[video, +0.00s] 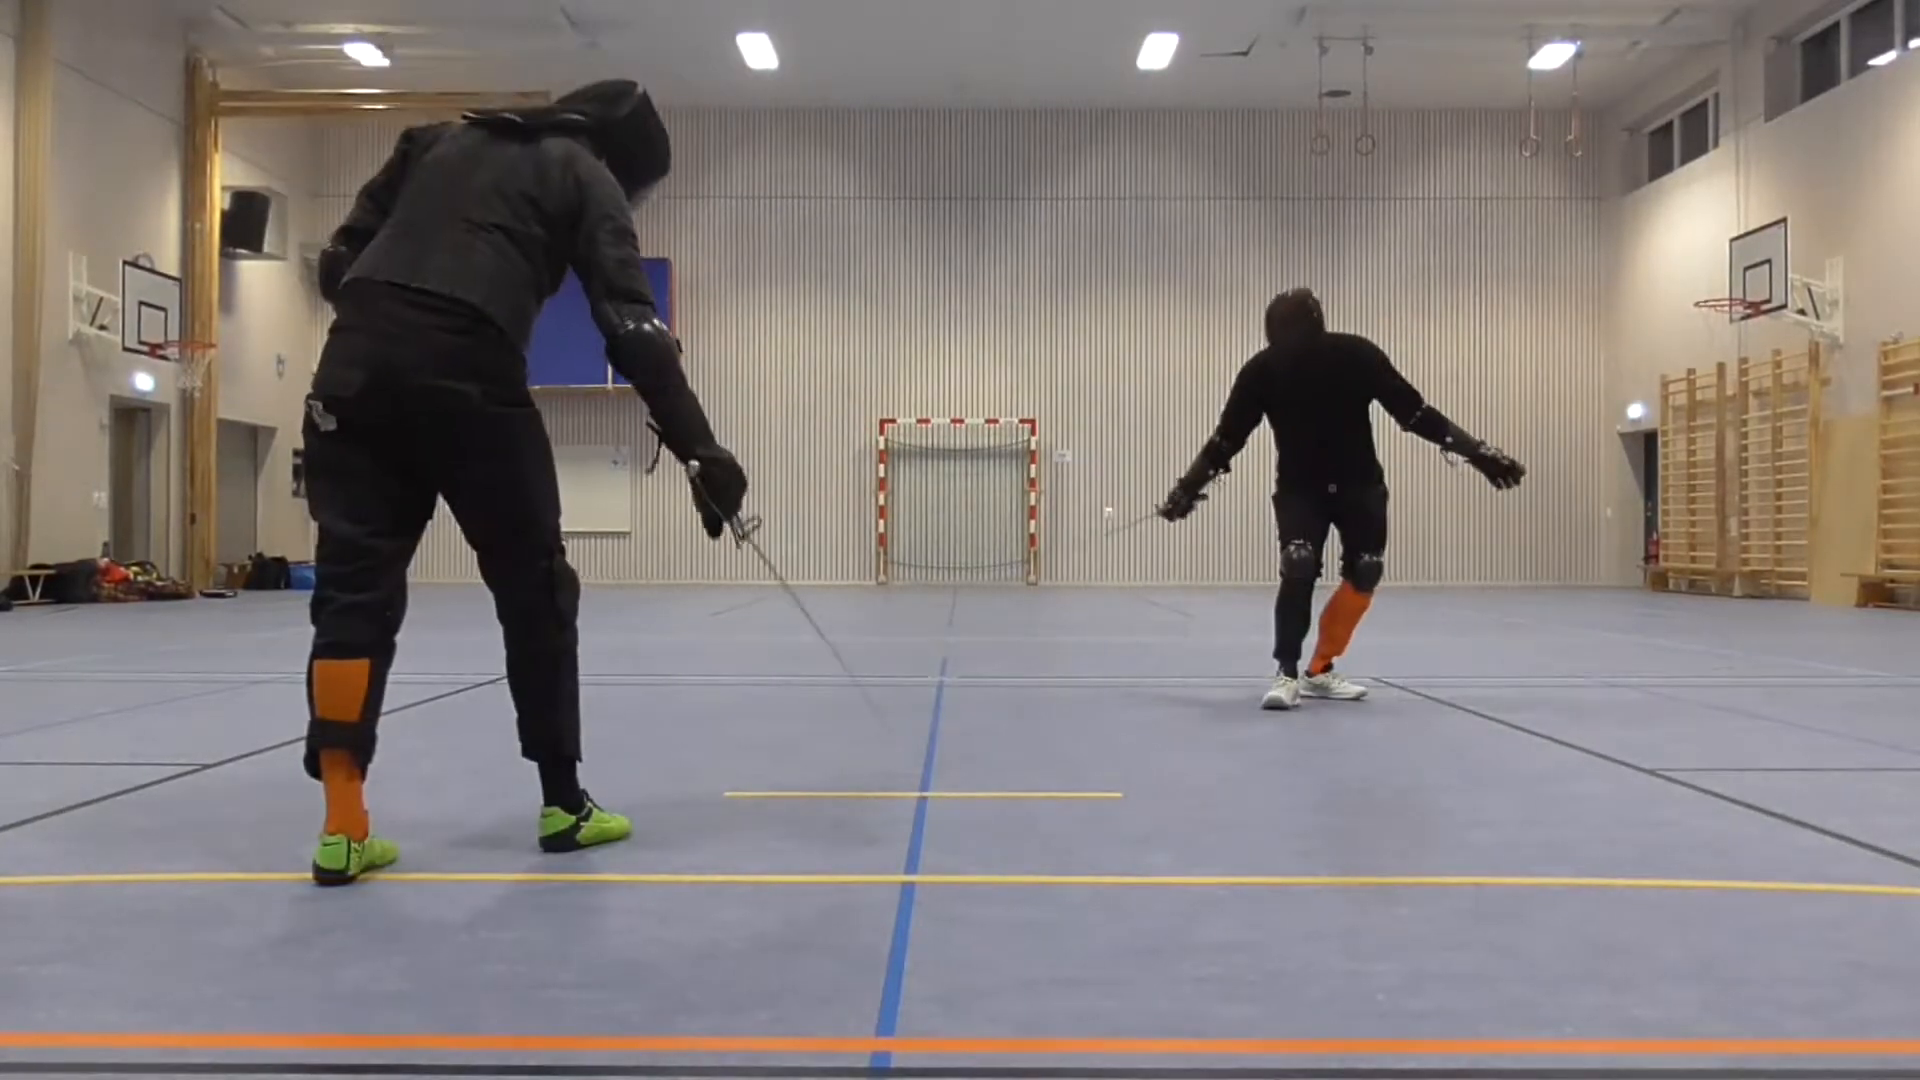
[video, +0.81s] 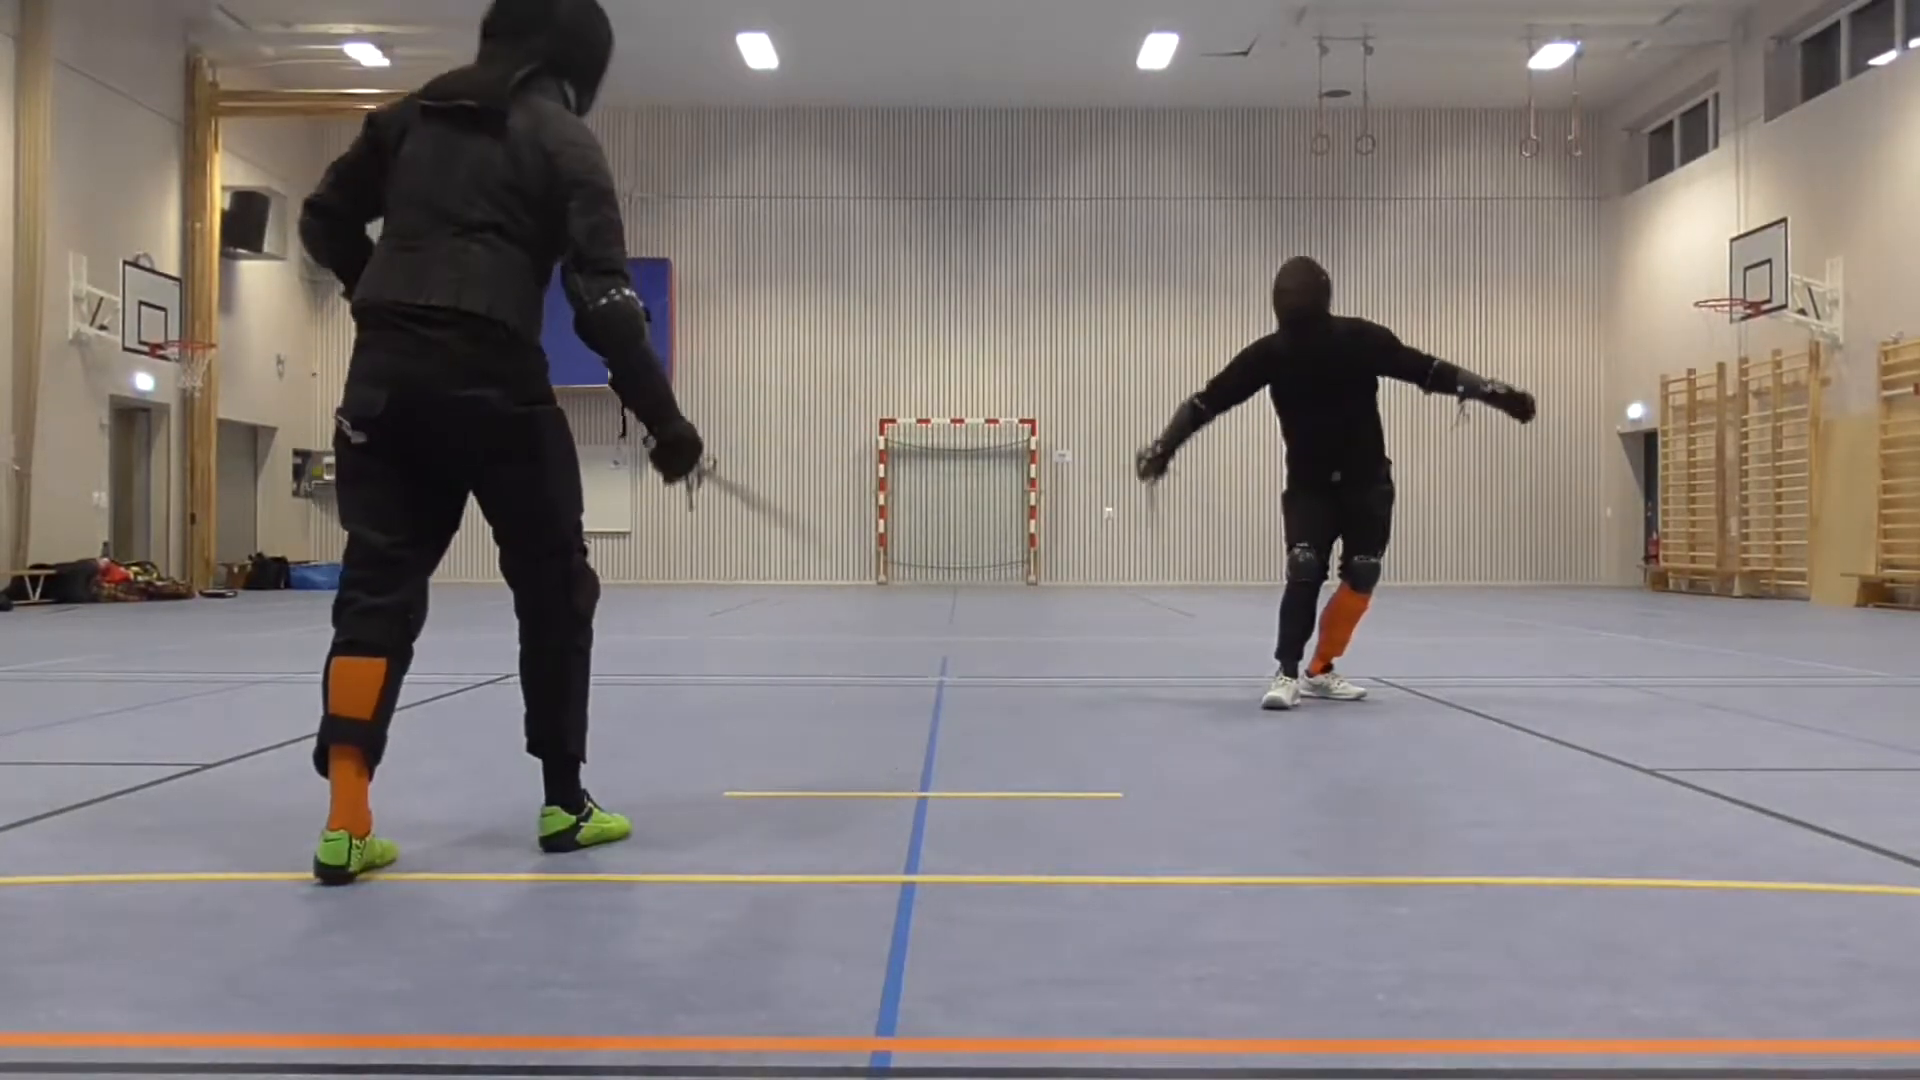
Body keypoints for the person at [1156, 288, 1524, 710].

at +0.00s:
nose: (1277, 341)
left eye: (1278, 331)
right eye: (1276, 331)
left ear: (1283, 328)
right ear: (1318, 320)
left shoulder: (1357, 358)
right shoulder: (1262, 375)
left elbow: (1414, 413)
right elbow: (1227, 439)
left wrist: (1477, 453)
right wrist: (1188, 488)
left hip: (1358, 483)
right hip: (1300, 486)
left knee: (1366, 572)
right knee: (1299, 569)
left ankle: (1319, 671)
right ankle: (1286, 675)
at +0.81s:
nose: (1292, 317)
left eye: (1297, 305)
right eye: (1288, 307)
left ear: (1307, 301)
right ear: (1322, 294)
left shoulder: (1362, 342)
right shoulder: (1268, 356)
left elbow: (1429, 371)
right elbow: (1209, 402)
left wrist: (1491, 392)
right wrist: (1163, 445)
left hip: (1367, 478)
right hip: (1309, 482)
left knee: (1361, 576)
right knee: (1304, 571)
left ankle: (1319, 670)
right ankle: (1287, 673)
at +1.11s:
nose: (1321, 287)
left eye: (1322, 278)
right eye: (1320, 278)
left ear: (1293, 281)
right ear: (1339, 279)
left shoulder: (1366, 329)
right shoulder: (1277, 338)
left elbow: (1434, 361)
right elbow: (1227, 389)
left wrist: (1437, 333)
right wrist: (1198, 377)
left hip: (1358, 473)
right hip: (1304, 473)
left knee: (1359, 572)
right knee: (1302, 558)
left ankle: (1318, 673)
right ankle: (1283, 674)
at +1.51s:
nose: (1317, 290)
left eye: (1325, 281)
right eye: (1309, 281)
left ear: (1338, 281)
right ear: (1293, 281)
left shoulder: (1358, 330)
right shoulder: (1272, 338)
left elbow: (1421, 350)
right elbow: (1251, 401)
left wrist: (1380, 297)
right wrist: (1237, 432)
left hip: (1347, 467)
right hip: (1292, 467)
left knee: (1360, 572)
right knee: (1290, 548)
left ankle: (1319, 671)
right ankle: (1265, 652)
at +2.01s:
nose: (1251, 293)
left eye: (1262, 283)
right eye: (1243, 283)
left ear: (1282, 285)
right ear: (1230, 286)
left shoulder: (1300, 337)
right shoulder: (1206, 347)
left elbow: (1362, 381)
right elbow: (1181, 420)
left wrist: (1312, 326)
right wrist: (1164, 473)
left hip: (1283, 479)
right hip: (1226, 482)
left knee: (1348, 573)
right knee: (1235, 565)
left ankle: (1292, 662)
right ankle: (1225, 691)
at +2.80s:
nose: (1194, 267)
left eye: (1206, 258)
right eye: (1189, 256)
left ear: (1231, 269)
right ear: (1179, 260)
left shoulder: (1255, 327)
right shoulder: (1155, 330)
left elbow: (1308, 384)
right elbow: (1125, 404)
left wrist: (1271, 321)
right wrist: (1109, 456)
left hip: (1227, 470)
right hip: (1167, 469)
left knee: (1274, 586)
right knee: (1186, 556)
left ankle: (1228, 687)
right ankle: (1191, 676)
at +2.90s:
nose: (1181, 273)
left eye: (1194, 263)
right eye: (1176, 261)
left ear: (1221, 268)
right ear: (1167, 259)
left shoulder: (1246, 327)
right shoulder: (1143, 331)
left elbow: (1299, 383)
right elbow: (1114, 406)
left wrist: (1258, 319)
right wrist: (1095, 458)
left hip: (1218, 474)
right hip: (1157, 471)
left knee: (1268, 588)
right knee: (1161, 543)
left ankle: (1227, 689)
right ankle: (1130, 677)